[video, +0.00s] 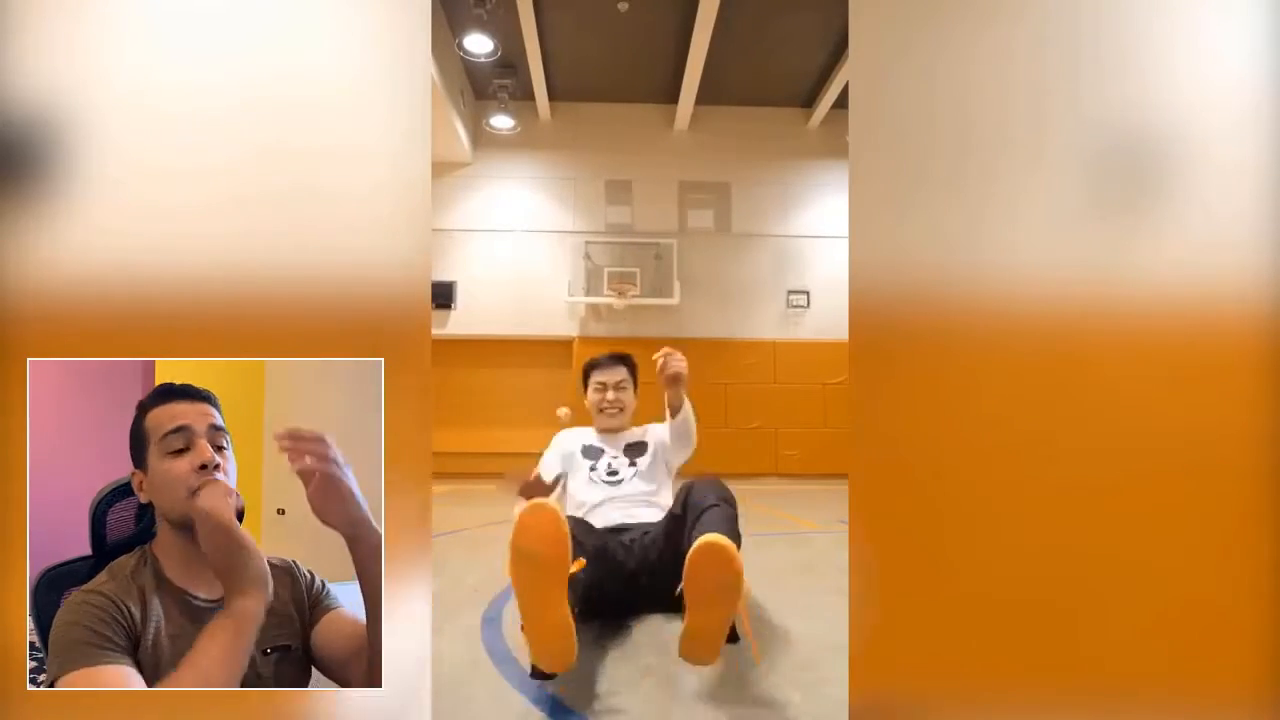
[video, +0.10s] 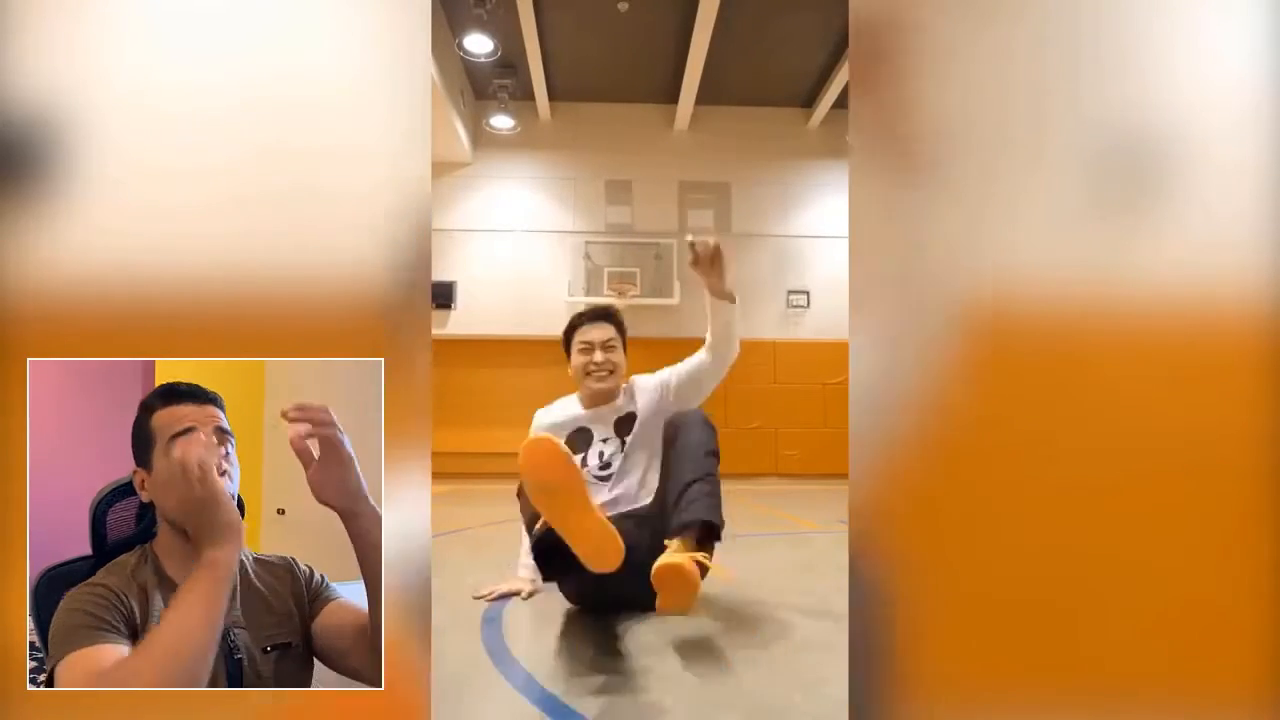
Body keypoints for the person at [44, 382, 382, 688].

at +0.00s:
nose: (209, 457)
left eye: (219, 445)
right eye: (178, 448)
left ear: (235, 474)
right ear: (142, 485)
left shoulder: (290, 585)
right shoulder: (97, 609)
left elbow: (388, 682)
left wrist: (361, 531)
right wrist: (245, 603)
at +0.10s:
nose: (214, 451)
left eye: (223, 439)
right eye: (185, 438)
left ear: (235, 469)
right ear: (144, 481)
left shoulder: (288, 583)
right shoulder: (97, 602)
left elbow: (399, 668)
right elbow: (117, 714)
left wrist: (358, 511)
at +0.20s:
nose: (222, 470)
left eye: (230, 452)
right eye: (195, 449)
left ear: (241, 467)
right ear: (146, 479)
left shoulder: (286, 579)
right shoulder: (95, 597)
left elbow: (404, 643)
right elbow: (100, 698)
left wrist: (346, 493)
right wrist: (184, 517)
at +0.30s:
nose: (229, 479)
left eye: (236, 459)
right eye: (200, 461)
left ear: (249, 469)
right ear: (155, 480)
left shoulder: (283, 577)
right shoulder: (100, 594)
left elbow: (405, 618)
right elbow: (80, 685)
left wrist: (331, 477)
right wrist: (161, 487)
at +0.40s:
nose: (232, 488)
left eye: (240, 467)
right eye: (203, 467)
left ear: (254, 475)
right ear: (154, 481)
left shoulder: (281, 576)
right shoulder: (108, 588)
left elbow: (405, 592)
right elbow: (71, 650)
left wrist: (311, 469)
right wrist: (143, 467)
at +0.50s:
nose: (233, 497)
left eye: (241, 473)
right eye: (204, 475)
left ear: (254, 477)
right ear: (154, 486)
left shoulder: (281, 574)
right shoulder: (120, 586)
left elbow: (403, 569)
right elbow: (57, 613)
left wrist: (299, 463)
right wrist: (126, 461)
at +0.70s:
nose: (237, 511)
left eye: (248, 484)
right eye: (208, 486)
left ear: (260, 484)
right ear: (158, 492)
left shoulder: (279, 570)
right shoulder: (115, 592)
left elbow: (395, 545)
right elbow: (49, 555)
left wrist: (271, 448)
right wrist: (128, 440)